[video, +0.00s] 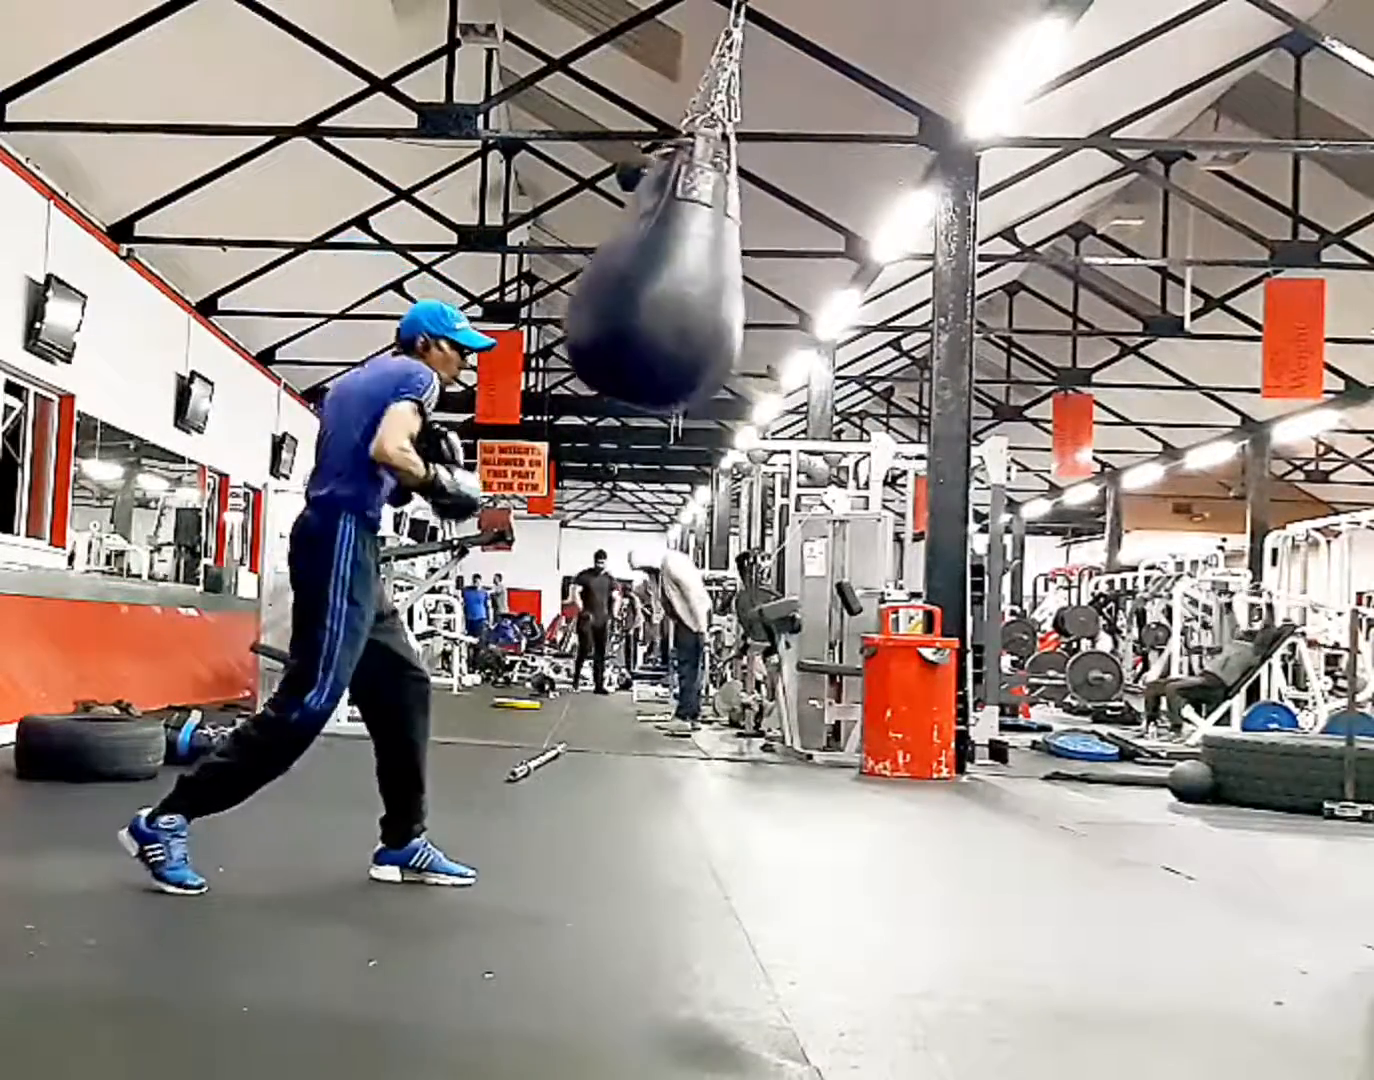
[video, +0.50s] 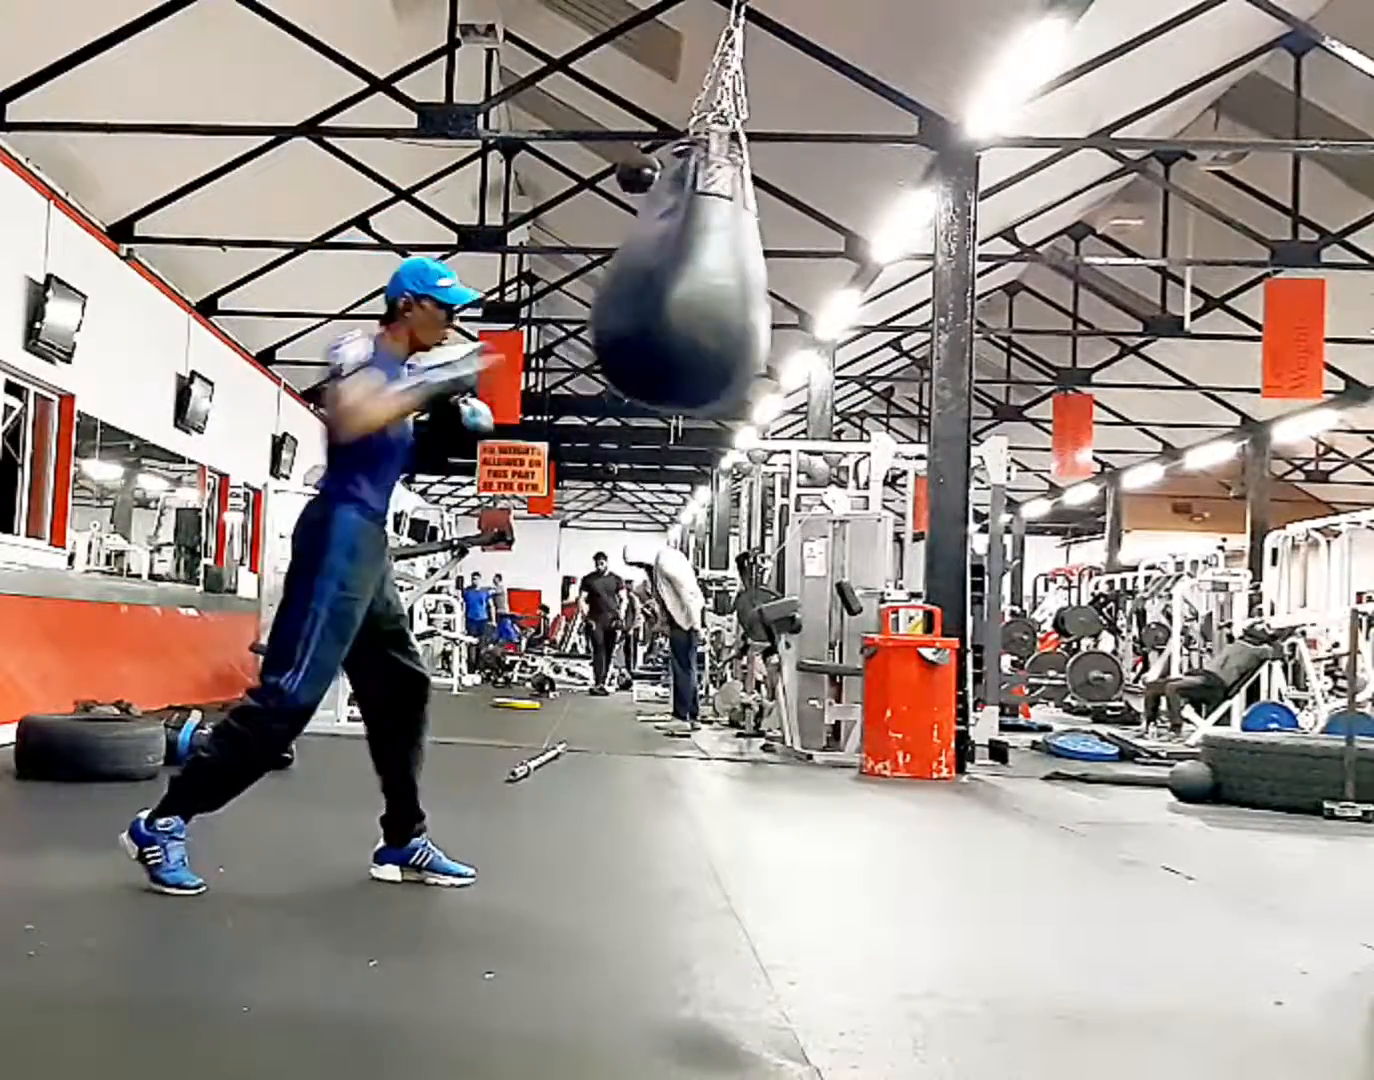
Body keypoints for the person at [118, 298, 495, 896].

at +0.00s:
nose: (465, 365)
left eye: (466, 355)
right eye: (460, 353)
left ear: (413, 343)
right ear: (431, 343)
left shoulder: (355, 383)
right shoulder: (416, 376)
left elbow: (350, 467)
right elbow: (389, 447)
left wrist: (419, 483)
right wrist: (437, 481)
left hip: (338, 540)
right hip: (342, 539)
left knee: (403, 688)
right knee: (308, 704)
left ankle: (402, 842)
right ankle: (164, 823)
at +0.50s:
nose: (449, 327)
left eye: (452, 316)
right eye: (443, 313)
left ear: (417, 312)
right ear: (409, 307)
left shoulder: (405, 373)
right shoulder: (361, 351)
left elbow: (403, 451)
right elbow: (350, 418)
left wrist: (458, 424)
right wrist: (432, 386)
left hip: (366, 538)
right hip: (339, 532)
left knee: (400, 687)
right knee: (285, 702)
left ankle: (403, 839)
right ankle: (161, 824)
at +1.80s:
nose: (426, 330)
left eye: (428, 319)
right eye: (422, 316)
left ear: (391, 311)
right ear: (391, 308)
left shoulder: (358, 365)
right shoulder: (335, 347)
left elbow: (328, 448)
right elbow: (312, 450)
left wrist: (386, 435)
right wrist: (382, 439)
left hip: (311, 542)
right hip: (279, 539)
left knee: (354, 696)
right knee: (243, 706)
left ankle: (361, 843)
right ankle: (138, 836)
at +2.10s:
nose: (465, 377)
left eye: (468, 366)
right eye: (462, 364)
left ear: (412, 350)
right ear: (438, 355)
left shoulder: (358, 381)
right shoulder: (413, 381)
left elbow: (330, 454)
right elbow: (365, 445)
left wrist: (406, 454)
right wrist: (418, 502)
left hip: (312, 526)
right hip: (315, 524)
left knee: (364, 690)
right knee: (284, 704)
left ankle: (362, 845)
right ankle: (145, 817)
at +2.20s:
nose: (465, 356)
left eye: (468, 345)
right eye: (461, 342)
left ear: (433, 333)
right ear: (428, 329)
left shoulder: (398, 377)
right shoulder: (385, 361)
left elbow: (365, 459)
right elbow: (337, 436)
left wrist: (417, 458)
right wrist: (408, 452)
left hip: (328, 526)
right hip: (306, 519)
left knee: (357, 686)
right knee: (288, 701)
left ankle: (360, 842)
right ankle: (168, 822)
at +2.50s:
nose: (436, 362)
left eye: (440, 352)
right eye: (430, 349)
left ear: (405, 345)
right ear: (393, 338)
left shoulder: (390, 407)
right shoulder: (309, 377)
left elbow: (360, 479)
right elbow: (282, 483)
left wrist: (400, 502)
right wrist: (367, 464)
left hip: (319, 561)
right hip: (268, 558)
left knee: (366, 694)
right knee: (270, 722)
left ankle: (361, 845)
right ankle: (193, 851)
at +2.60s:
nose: (422, 335)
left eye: (425, 324)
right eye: (417, 321)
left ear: (393, 318)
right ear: (380, 310)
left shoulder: (385, 382)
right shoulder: (295, 357)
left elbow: (379, 463)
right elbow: (262, 463)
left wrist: (411, 477)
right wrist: (345, 445)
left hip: (322, 541)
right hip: (271, 536)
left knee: (360, 688)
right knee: (268, 716)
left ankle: (359, 845)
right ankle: (194, 851)